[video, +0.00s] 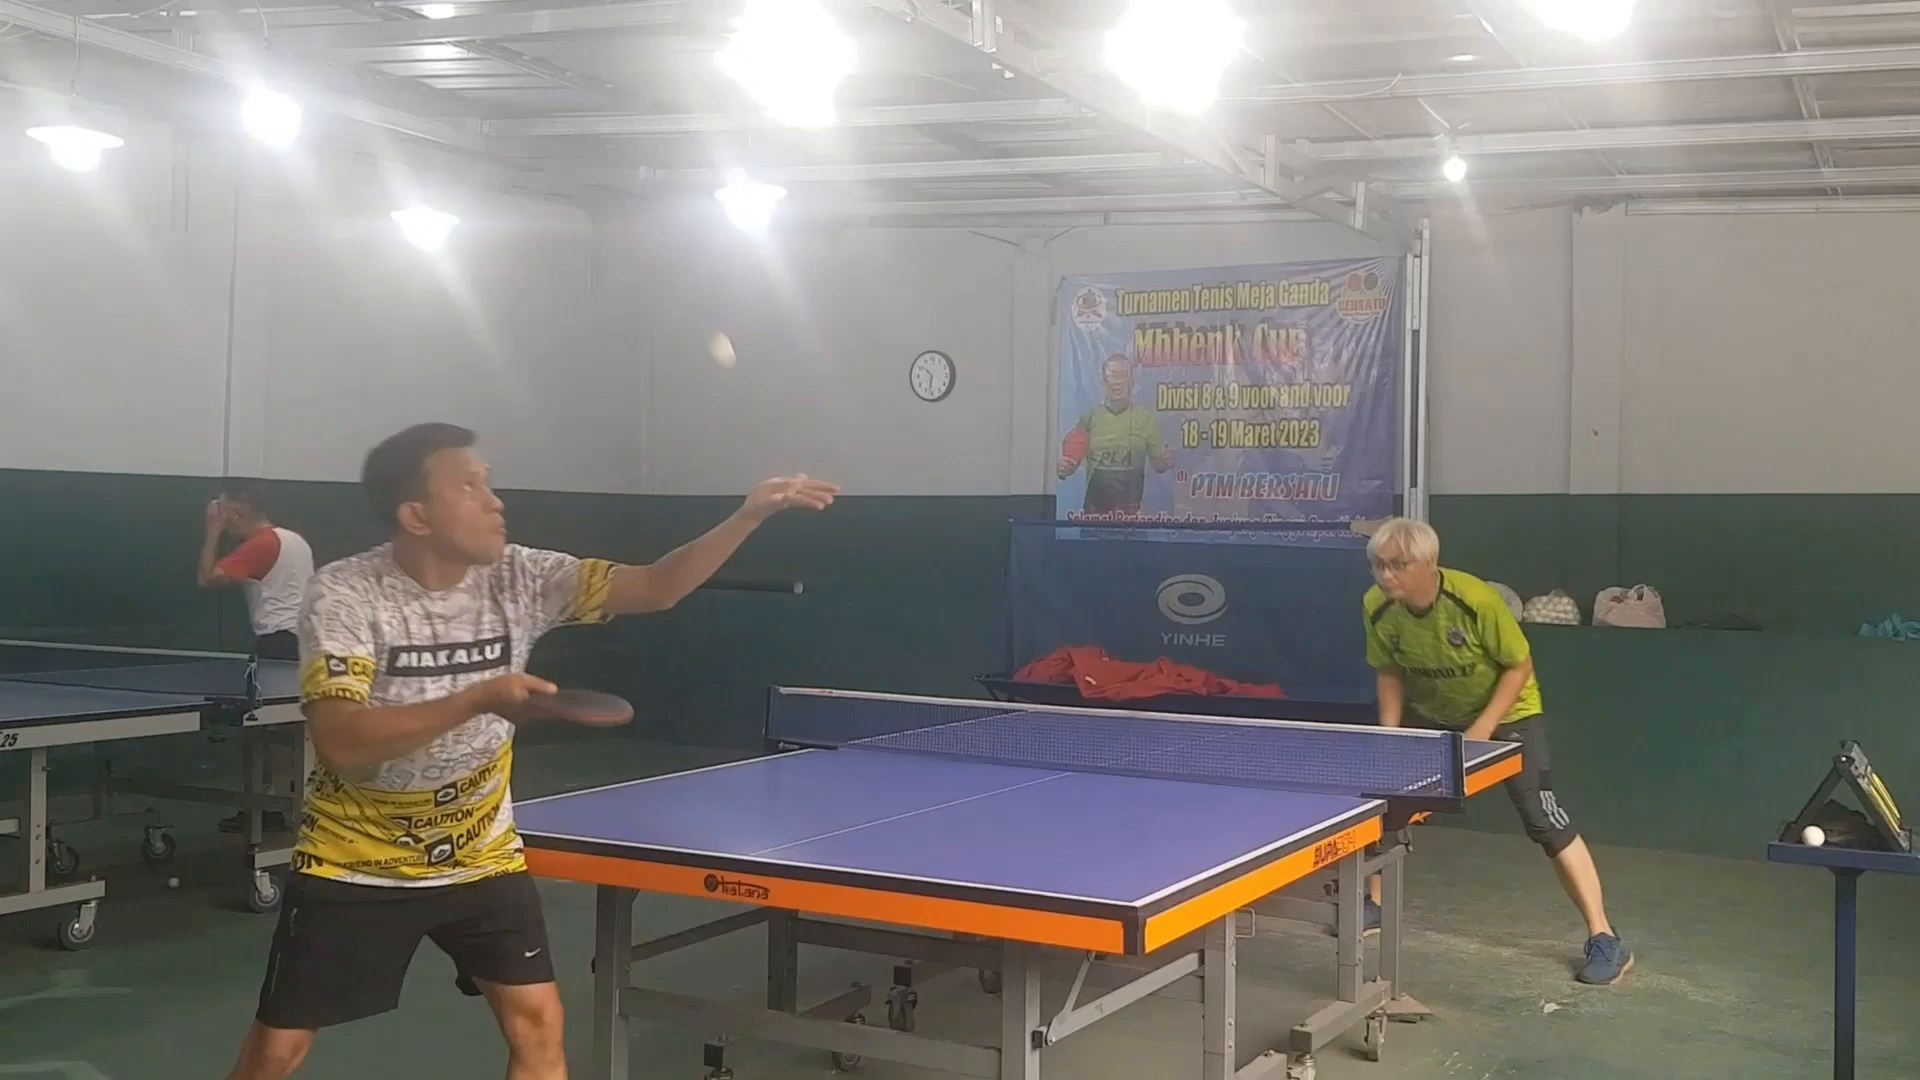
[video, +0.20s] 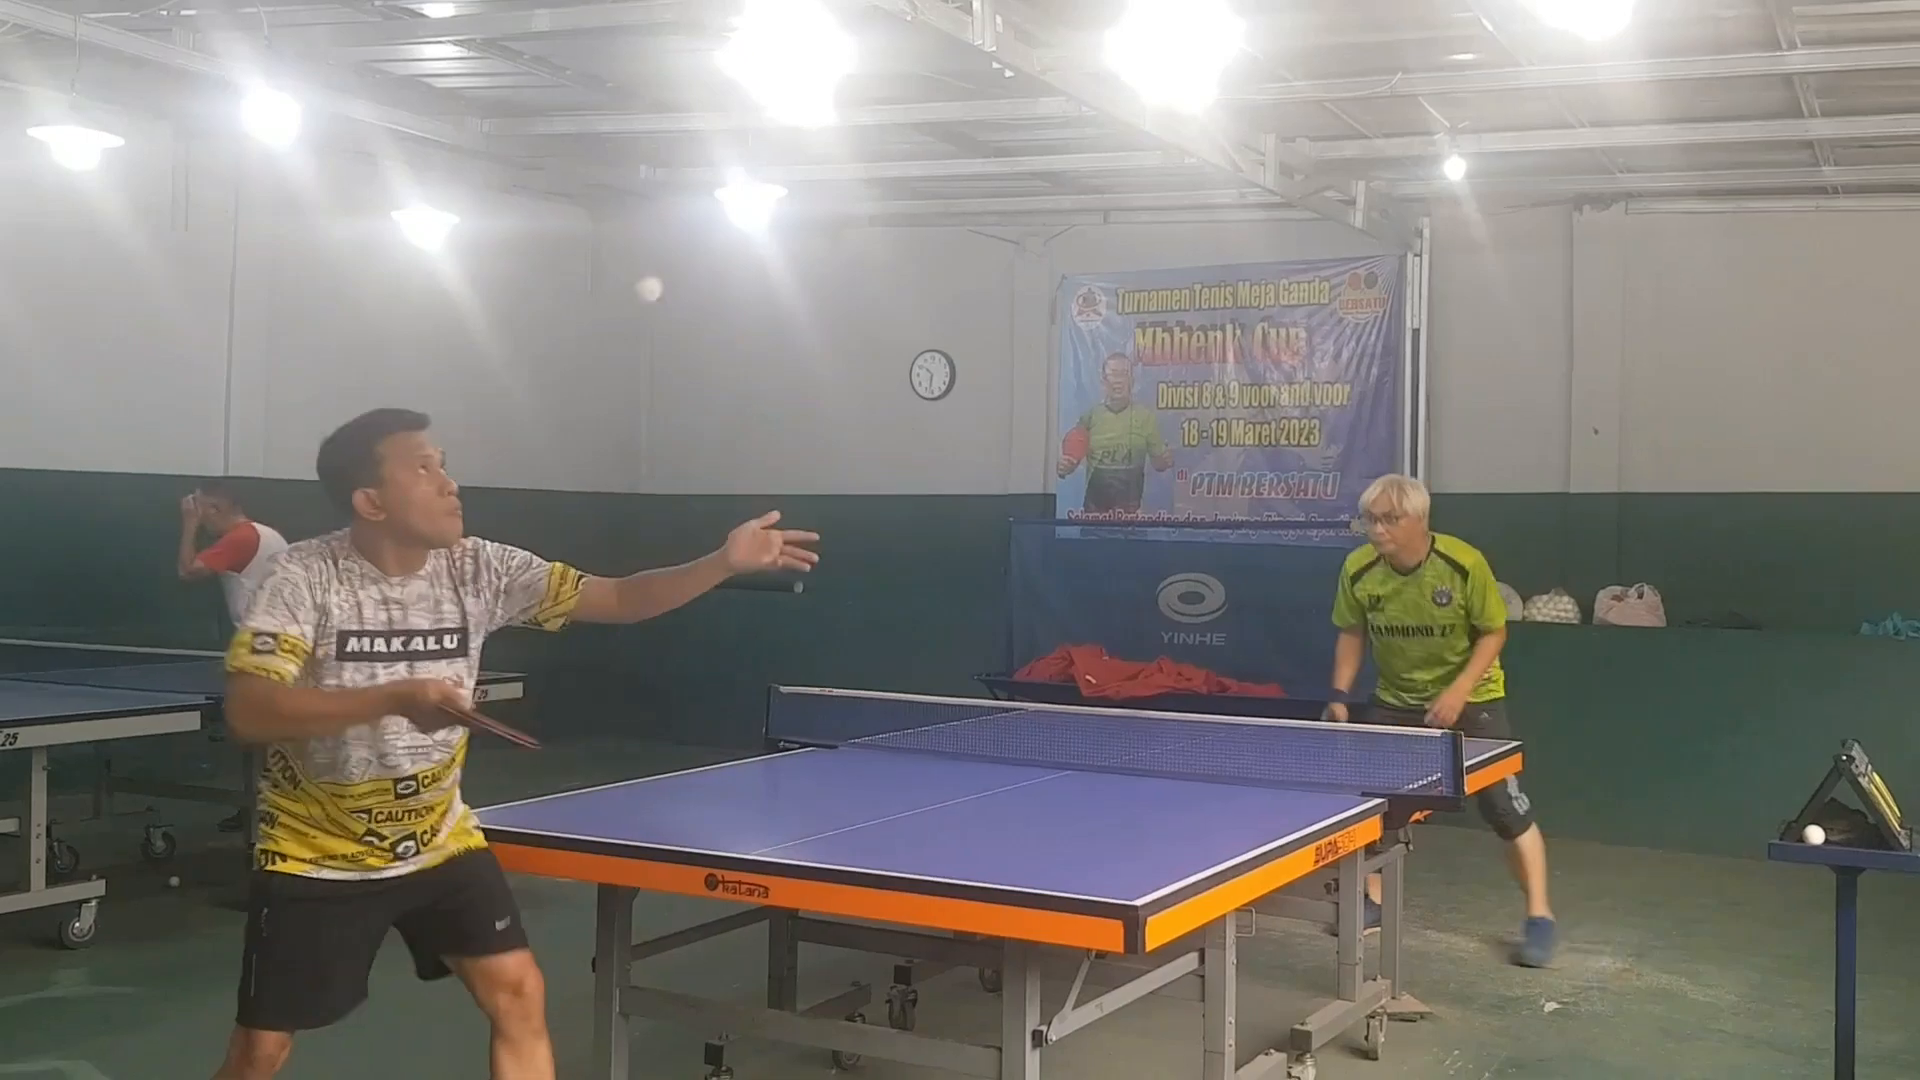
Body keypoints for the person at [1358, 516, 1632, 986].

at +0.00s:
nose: (1382, 576)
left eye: (1393, 566)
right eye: (1377, 566)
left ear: (1424, 565)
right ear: (1375, 568)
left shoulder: (1475, 600)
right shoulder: (1377, 607)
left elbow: (1520, 665)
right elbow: (1388, 675)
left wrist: (1485, 726)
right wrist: (1387, 741)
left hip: (1507, 713)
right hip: (1429, 718)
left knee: (1540, 812)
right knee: (1376, 804)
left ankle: (1603, 937)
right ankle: (1370, 903)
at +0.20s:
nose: (1375, 530)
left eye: (1386, 520)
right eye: (1370, 520)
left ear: (1416, 520)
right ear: (1365, 524)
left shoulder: (1464, 565)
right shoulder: (1358, 570)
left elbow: (1494, 633)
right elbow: (1351, 633)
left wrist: (1459, 691)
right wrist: (1339, 695)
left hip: (1472, 700)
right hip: (1395, 701)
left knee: (1504, 803)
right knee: (1365, 795)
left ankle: (1539, 915)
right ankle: (1371, 897)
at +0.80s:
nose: (1427, 531)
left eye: (1438, 520)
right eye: (1420, 521)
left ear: (1467, 516)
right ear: (1414, 522)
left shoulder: (1517, 554)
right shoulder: (1406, 573)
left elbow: (1556, 625)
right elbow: (1424, 648)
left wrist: (1522, 652)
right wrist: (1413, 670)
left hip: (1511, 710)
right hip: (1433, 710)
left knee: (1544, 824)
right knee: (1366, 793)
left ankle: (1577, 931)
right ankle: (1323, 887)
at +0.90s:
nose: (1458, 517)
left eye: (1469, 507)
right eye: (1450, 508)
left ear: (1497, 504)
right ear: (1443, 508)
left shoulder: (1543, 537)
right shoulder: (1438, 561)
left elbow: (1590, 593)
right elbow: (1474, 621)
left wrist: (1578, 619)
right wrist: (1481, 653)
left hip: (1541, 702)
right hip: (1473, 704)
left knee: (1570, 820)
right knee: (1403, 787)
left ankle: (1579, 929)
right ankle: (1373, 888)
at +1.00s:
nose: (1471, 510)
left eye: (1483, 499)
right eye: (1461, 500)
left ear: (1510, 497)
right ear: (1453, 501)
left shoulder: (1545, 525)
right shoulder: (1447, 552)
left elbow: (1594, 569)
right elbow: (1483, 600)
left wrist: (1601, 588)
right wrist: (1499, 637)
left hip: (1549, 699)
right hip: (1481, 701)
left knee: (1577, 810)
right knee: (1456, 795)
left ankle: (1579, 927)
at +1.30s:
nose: (1481, 505)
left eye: (1493, 494)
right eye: (1472, 495)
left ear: (1519, 496)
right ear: (1462, 499)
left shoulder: (1556, 539)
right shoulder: (1444, 557)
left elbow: (1611, 588)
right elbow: (1440, 631)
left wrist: (1617, 621)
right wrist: (1429, 649)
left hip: (1539, 691)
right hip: (1465, 692)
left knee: (1561, 805)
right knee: (1455, 796)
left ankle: (1576, 929)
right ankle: (1454, 921)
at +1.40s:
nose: (1467, 522)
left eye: (1478, 511)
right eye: (1458, 513)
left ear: (1504, 514)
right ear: (1450, 517)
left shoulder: (1544, 559)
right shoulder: (1434, 570)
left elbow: (1596, 617)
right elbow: (1418, 641)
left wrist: (1616, 684)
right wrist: (1397, 659)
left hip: (1529, 700)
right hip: (1454, 700)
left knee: (1556, 806)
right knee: (1395, 788)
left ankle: (1576, 929)